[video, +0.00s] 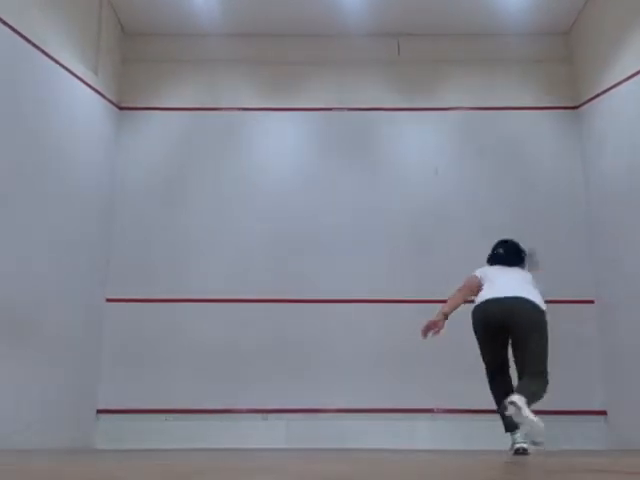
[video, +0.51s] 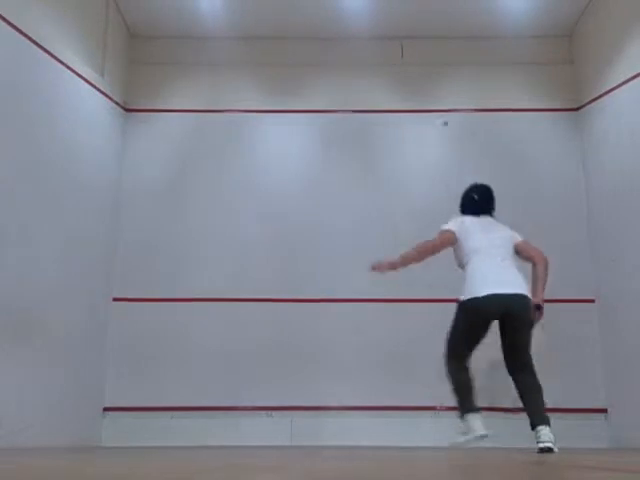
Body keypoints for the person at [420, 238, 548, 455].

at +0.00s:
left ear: (491, 259)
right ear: (521, 262)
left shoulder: (485, 272)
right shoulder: (527, 276)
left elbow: (464, 291)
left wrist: (442, 315)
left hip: (488, 311)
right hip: (527, 311)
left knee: (498, 373)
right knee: (534, 374)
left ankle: (516, 435)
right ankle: (520, 400)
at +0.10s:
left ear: (486, 250)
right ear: (515, 251)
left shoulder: (482, 264)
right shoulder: (523, 268)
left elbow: (463, 283)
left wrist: (444, 304)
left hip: (491, 308)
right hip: (531, 308)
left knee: (499, 369)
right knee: (533, 369)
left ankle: (516, 435)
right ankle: (518, 406)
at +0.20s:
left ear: (481, 238)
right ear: (509, 239)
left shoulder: (477, 252)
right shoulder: (519, 256)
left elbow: (466, 271)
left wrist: (446, 288)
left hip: (494, 304)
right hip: (532, 303)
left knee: (503, 370)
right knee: (531, 365)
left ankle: (519, 434)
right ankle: (535, 424)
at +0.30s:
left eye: (476, 223)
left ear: (475, 225)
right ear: (504, 226)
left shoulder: (473, 240)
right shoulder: (516, 246)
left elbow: (460, 255)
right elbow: (542, 285)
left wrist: (436, 275)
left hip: (492, 302)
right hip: (531, 301)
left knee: (497, 368)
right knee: (531, 367)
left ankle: (513, 431)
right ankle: (544, 431)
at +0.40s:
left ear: (472, 216)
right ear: (500, 217)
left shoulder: (468, 231)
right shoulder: (513, 239)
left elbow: (451, 249)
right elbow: (545, 273)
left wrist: (417, 272)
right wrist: (537, 304)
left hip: (489, 299)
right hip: (528, 299)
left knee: (479, 359)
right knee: (528, 365)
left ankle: (497, 424)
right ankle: (544, 430)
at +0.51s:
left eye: (464, 205)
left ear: (464, 206)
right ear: (491, 208)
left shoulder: (461, 224)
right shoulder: (504, 230)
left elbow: (431, 247)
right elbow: (540, 258)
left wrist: (395, 263)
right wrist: (538, 299)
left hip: (479, 299)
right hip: (517, 299)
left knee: (456, 358)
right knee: (520, 364)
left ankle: (472, 419)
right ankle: (542, 429)